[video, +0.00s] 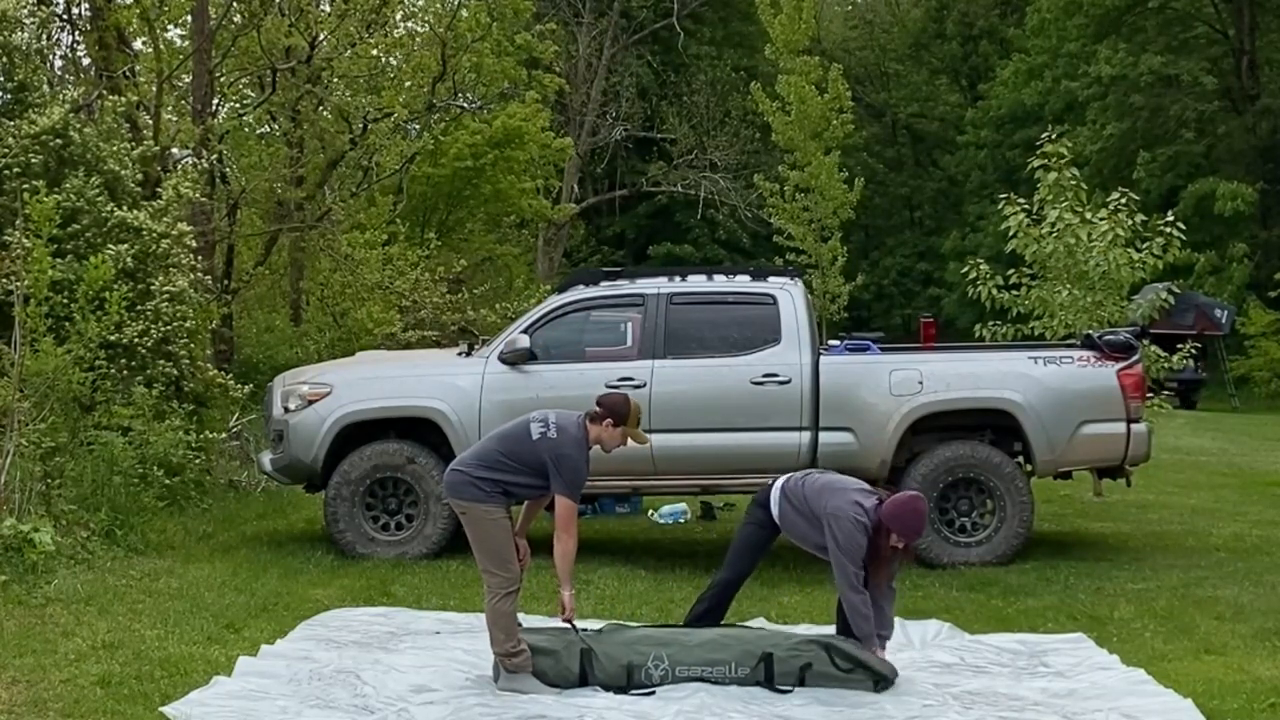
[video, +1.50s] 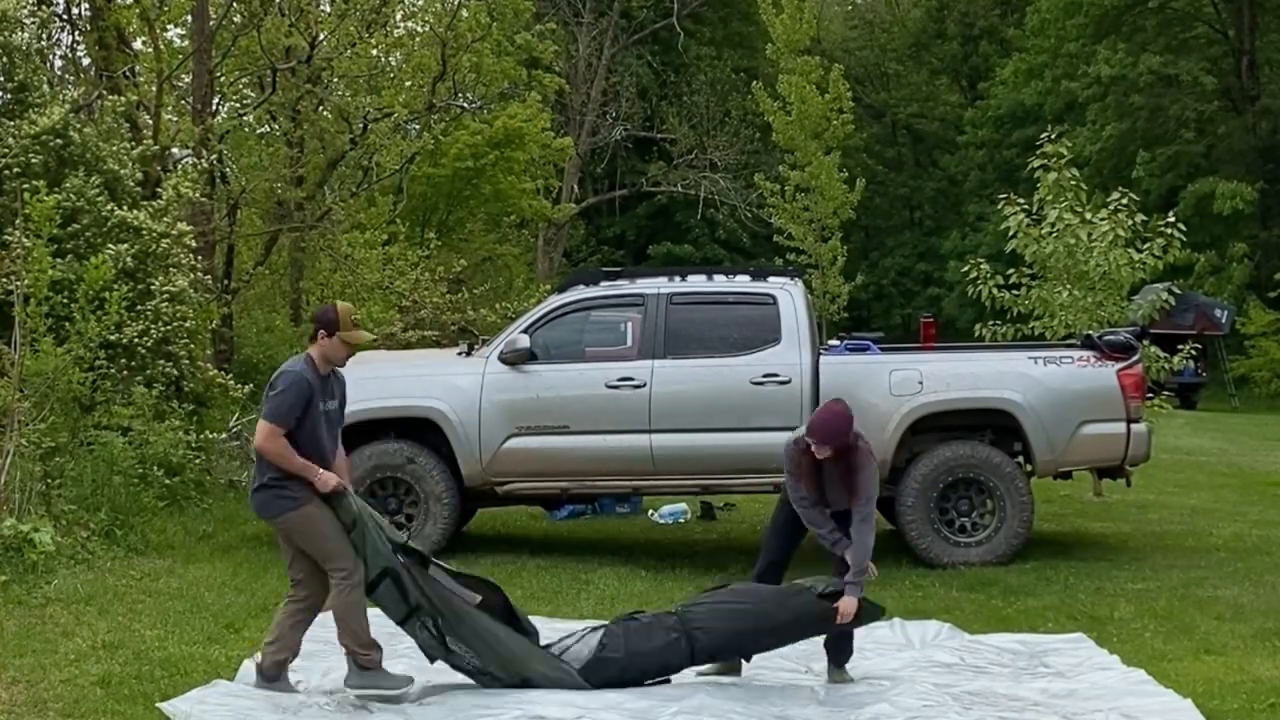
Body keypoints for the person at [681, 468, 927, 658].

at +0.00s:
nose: (898, 544)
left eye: (905, 541)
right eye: (896, 537)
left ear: (910, 536)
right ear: (885, 523)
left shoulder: (890, 525)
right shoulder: (848, 518)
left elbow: (883, 585)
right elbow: (851, 587)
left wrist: (880, 642)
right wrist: (871, 646)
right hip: (777, 499)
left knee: (861, 580)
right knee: (729, 578)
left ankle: (848, 654)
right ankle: (687, 642)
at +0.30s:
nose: (885, 483)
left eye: (890, 477)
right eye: (882, 475)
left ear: (893, 472)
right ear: (866, 464)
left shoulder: (861, 474)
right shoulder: (823, 462)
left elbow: (849, 524)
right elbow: (818, 524)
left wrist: (845, 568)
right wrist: (856, 565)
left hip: (794, 499)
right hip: (750, 484)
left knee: (827, 572)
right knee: (716, 571)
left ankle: (839, 667)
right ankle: (671, 658)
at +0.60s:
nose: (850, 443)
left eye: (859, 440)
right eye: (848, 434)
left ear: (867, 440)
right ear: (838, 421)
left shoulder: (854, 459)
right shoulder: (805, 431)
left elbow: (836, 500)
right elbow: (779, 487)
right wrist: (826, 511)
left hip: (791, 499)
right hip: (744, 484)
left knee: (818, 571)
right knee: (714, 566)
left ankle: (838, 659)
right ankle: (689, 649)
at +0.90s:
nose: (800, 367)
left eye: (808, 363)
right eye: (798, 360)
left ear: (826, 367)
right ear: (796, 357)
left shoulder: (842, 403)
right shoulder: (782, 378)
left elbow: (840, 463)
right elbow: (758, 425)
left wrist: (802, 496)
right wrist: (798, 453)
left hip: (821, 489)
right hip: (773, 482)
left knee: (828, 571)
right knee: (747, 564)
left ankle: (837, 661)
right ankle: (731, 649)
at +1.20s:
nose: (808, 388)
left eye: (815, 385)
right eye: (806, 382)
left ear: (834, 386)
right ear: (804, 378)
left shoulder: (852, 414)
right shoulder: (791, 399)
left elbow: (855, 483)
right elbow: (783, 458)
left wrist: (821, 535)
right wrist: (817, 493)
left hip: (838, 500)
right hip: (792, 493)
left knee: (840, 576)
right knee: (761, 566)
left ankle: (837, 663)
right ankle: (732, 653)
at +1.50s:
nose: (816, 450)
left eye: (823, 446)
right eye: (813, 442)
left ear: (840, 443)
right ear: (808, 434)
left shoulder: (863, 456)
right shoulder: (796, 448)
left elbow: (865, 519)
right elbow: (805, 507)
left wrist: (853, 592)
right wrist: (846, 549)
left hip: (843, 510)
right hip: (799, 504)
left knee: (845, 578)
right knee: (767, 570)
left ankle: (837, 664)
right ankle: (734, 656)